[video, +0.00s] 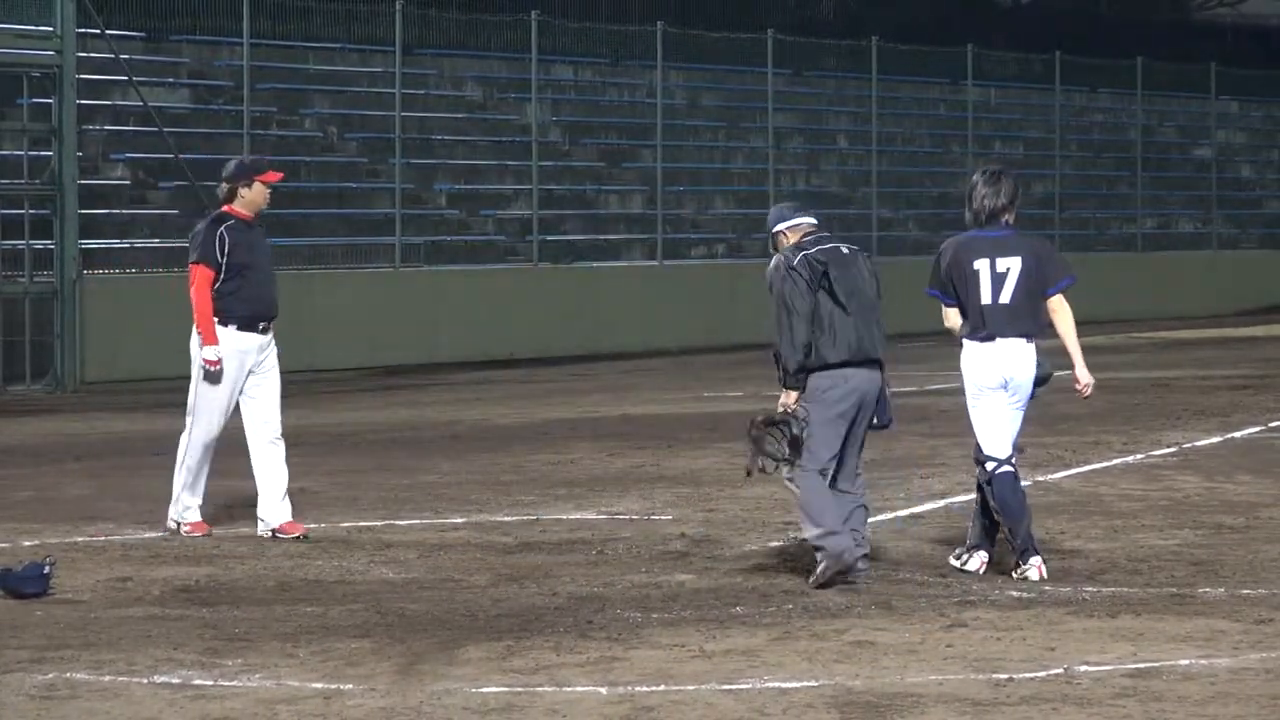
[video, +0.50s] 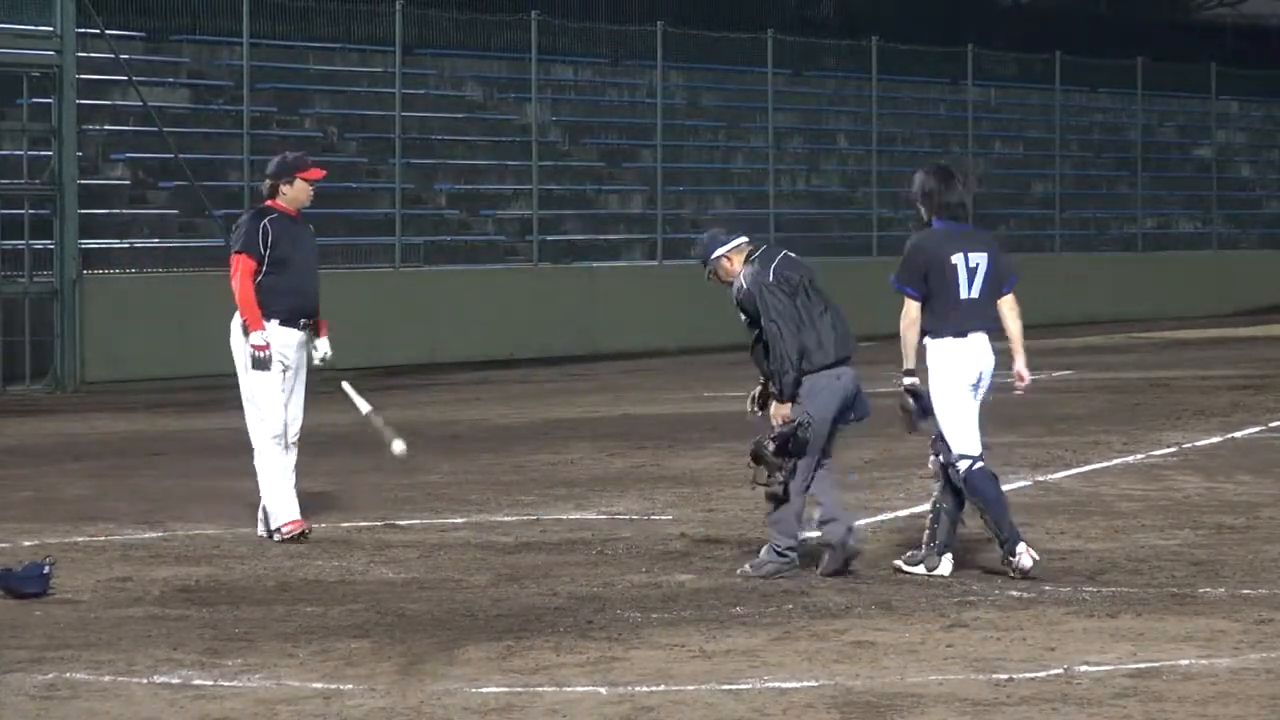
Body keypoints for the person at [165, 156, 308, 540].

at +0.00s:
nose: (270, 193)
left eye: (270, 187)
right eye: (265, 186)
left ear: (252, 189)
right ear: (242, 188)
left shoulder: (255, 230)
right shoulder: (214, 228)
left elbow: (252, 284)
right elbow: (200, 287)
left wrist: (264, 331)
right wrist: (209, 345)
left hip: (262, 342)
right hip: (225, 340)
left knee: (268, 434)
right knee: (203, 431)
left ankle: (275, 516)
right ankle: (184, 511)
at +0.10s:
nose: (283, 191)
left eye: (282, 185)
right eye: (277, 185)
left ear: (264, 187)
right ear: (255, 186)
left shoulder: (269, 228)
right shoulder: (225, 225)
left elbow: (266, 281)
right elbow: (210, 282)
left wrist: (275, 328)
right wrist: (224, 340)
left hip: (273, 339)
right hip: (234, 337)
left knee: (273, 433)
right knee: (219, 428)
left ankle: (274, 518)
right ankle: (191, 505)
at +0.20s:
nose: (293, 191)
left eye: (293, 185)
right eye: (287, 184)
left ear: (274, 187)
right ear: (265, 186)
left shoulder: (279, 229)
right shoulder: (236, 224)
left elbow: (275, 279)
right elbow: (219, 278)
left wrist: (283, 326)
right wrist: (237, 334)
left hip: (281, 339)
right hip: (243, 337)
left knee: (278, 432)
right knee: (237, 424)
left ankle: (275, 518)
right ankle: (204, 496)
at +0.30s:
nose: (301, 191)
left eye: (301, 184)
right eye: (296, 184)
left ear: (283, 186)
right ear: (273, 185)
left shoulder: (290, 227)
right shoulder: (244, 222)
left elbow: (285, 280)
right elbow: (227, 276)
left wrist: (291, 331)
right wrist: (245, 325)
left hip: (285, 336)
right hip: (250, 333)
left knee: (282, 430)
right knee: (250, 421)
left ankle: (275, 516)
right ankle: (224, 504)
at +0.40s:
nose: (309, 188)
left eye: (308, 182)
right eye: (303, 182)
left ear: (291, 185)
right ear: (280, 185)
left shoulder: (297, 227)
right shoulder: (251, 221)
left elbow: (292, 278)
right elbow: (234, 276)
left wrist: (298, 327)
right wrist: (251, 326)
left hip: (290, 336)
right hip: (257, 333)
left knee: (287, 429)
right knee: (262, 424)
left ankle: (280, 514)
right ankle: (254, 515)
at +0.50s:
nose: (313, 189)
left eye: (313, 183)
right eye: (307, 183)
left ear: (296, 186)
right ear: (284, 185)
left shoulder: (303, 228)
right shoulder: (257, 221)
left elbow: (306, 282)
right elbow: (241, 277)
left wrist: (319, 330)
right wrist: (256, 331)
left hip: (297, 337)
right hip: (265, 333)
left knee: (289, 430)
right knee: (269, 427)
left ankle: (272, 517)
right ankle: (285, 517)